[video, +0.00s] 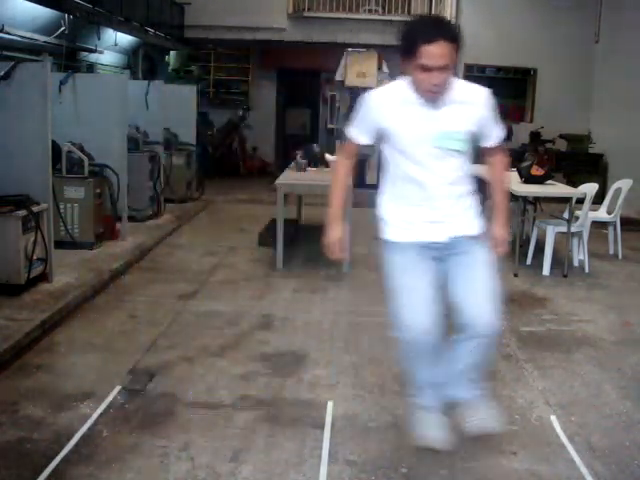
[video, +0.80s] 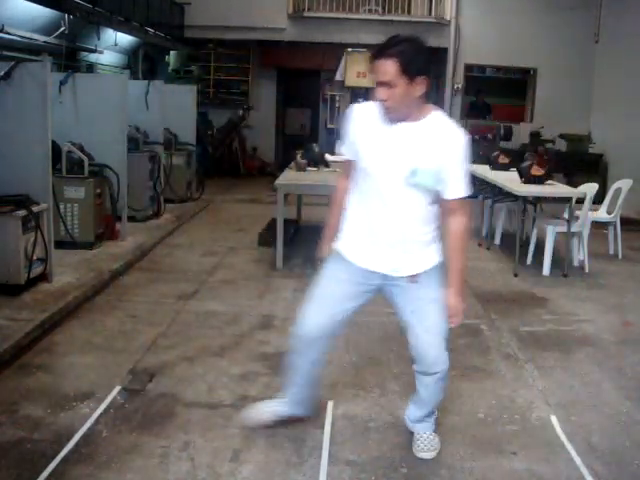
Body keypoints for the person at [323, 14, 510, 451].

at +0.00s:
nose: (437, 78)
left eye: (445, 68)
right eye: (427, 68)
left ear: (456, 63)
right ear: (406, 64)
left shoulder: (477, 100)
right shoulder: (380, 103)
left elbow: (496, 156)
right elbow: (347, 154)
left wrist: (499, 220)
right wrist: (335, 220)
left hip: (465, 235)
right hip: (405, 239)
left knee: (483, 321)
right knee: (419, 329)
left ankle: (464, 392)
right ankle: (427, 405)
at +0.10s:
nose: (469, 99)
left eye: (478, 89)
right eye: (459, 89)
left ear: (490, 84)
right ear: (444, 83)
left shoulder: (513, 113)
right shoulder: (416, 116)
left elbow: (534, 155)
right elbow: (381, 155)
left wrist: (539, 216)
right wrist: (380, 222)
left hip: (506, 255)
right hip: (447, 262)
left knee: (547, 337)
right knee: (466, 353)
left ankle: (578, 420)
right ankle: (487, 419)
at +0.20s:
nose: (495, 130)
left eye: (504, 120)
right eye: (487, 120)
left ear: (523, 115)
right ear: (476, 116)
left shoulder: (550, 143)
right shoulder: (453, 150)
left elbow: (568, 191)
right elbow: (425, 192)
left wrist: (578, 247)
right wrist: (416, 256)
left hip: (543, 280)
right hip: (481, 282)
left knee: (584, 360)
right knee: (474, 367)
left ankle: (613, 432)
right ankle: (484, 421)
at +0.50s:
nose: (463, 86)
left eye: (472, 76)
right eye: (457, 76)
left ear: (501, 70)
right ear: (449, 70)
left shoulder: (531, 113)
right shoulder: (434, 105)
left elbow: (552, 168)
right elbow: (409, 149)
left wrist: (556, 235)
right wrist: (411, 211)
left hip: (510, 252)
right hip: (449, 251)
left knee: (540, 339)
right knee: (457, 341)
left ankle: (568, 418)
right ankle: (469, 417)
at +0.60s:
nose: (436, 74)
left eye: (446, 64)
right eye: (432, 64)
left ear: (477, 60)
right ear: (426, 61)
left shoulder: (511, 105)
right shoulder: (412, 94)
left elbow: (532, 161)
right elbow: (391, 137)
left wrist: (525, 229)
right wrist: (386, 198)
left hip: (480, 240)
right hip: (421, 236)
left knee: (471, 331)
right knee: (424, 328)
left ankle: (473, 403)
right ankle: (441, 404)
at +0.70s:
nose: (410, 83)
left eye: (418, 73)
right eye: (406, 73)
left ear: (451, 70)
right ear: (402, 70)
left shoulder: (485, 121)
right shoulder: (391, 106)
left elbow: (499, 190)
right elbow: (373, 157)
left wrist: (491, 258)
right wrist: (364, 216)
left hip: (445, 255)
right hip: (387, 245)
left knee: (428, 346)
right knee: (370, 331)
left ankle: (419, 419)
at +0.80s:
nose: (379, 94)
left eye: (388, 85)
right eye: (376, 83)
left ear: (420, 86)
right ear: (372, 81)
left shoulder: (449, 138)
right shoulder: (361, 116)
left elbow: (457, 215)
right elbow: (345, 179)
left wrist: (455, 286)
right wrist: (329, 236)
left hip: (416, 268)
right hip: (353, 257)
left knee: (433, 359)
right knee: (309, 328)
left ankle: (423, 420)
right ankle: (295, 402)